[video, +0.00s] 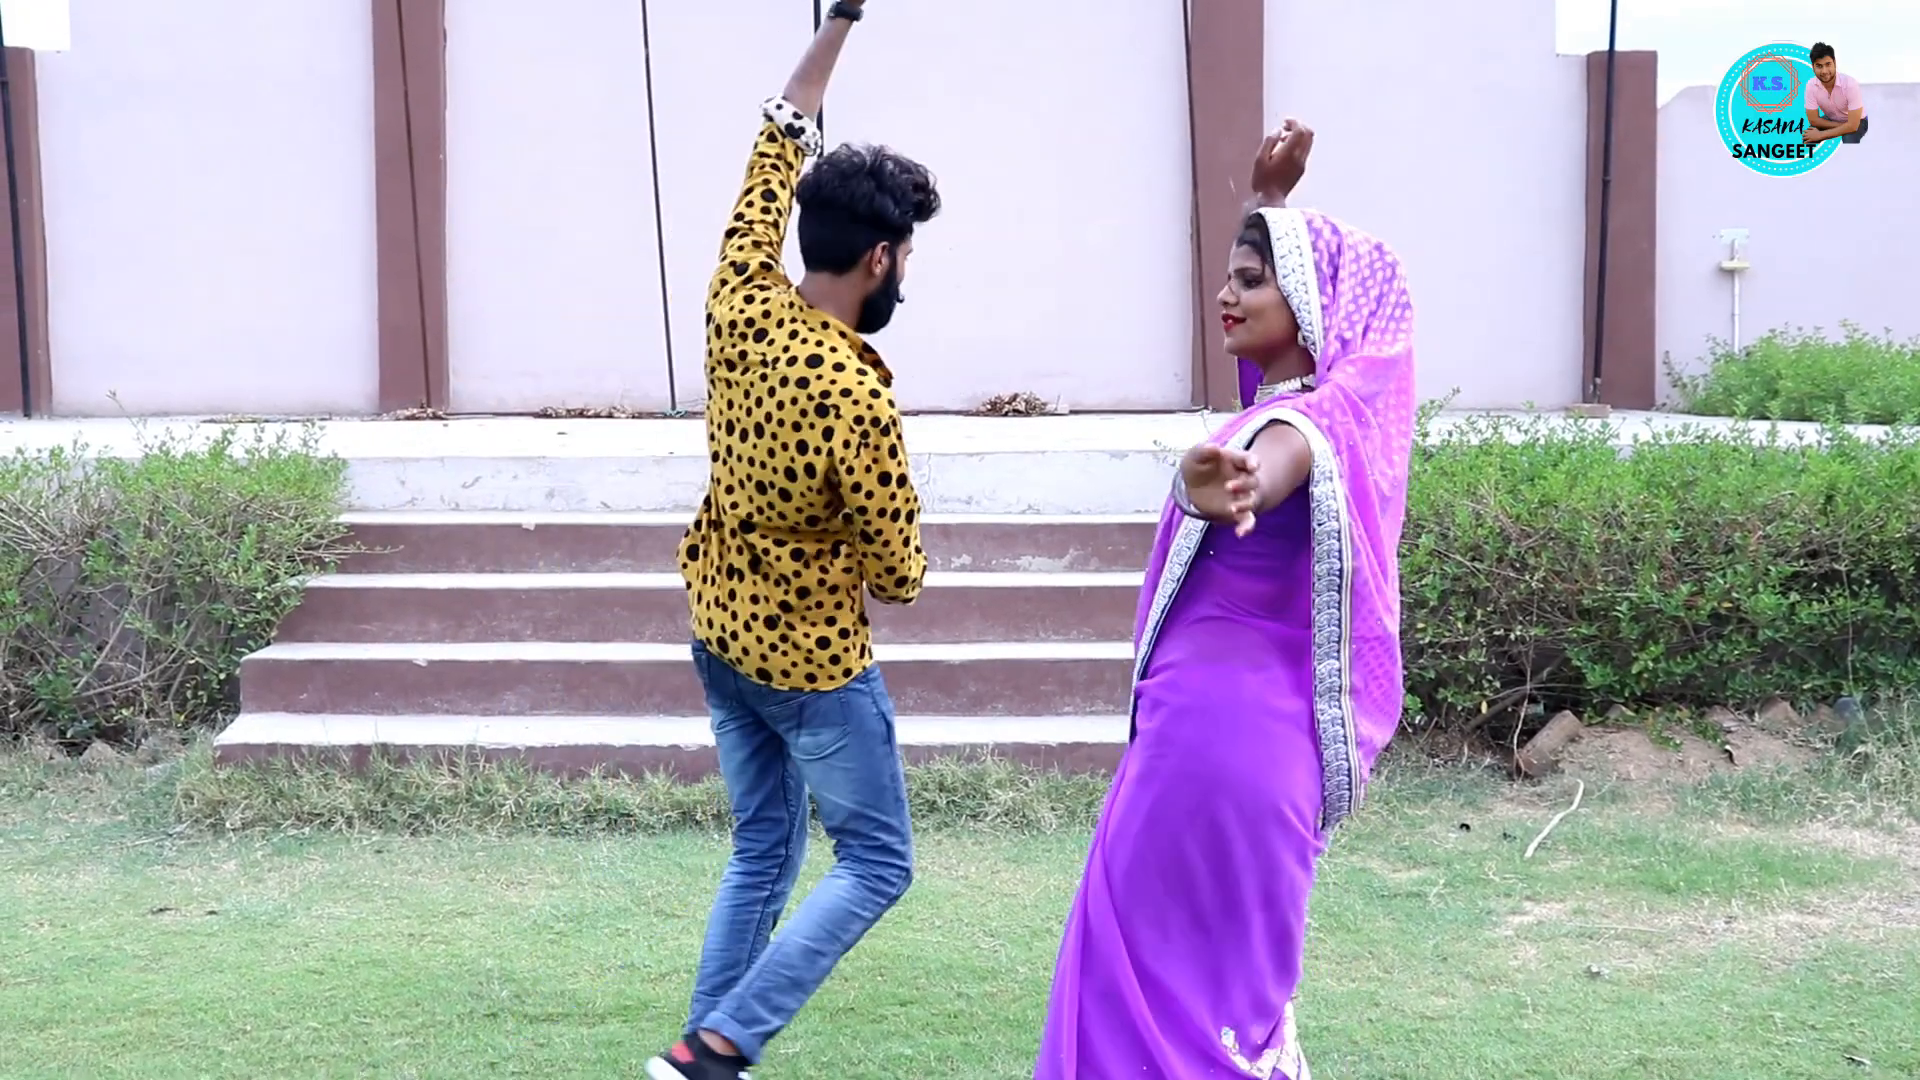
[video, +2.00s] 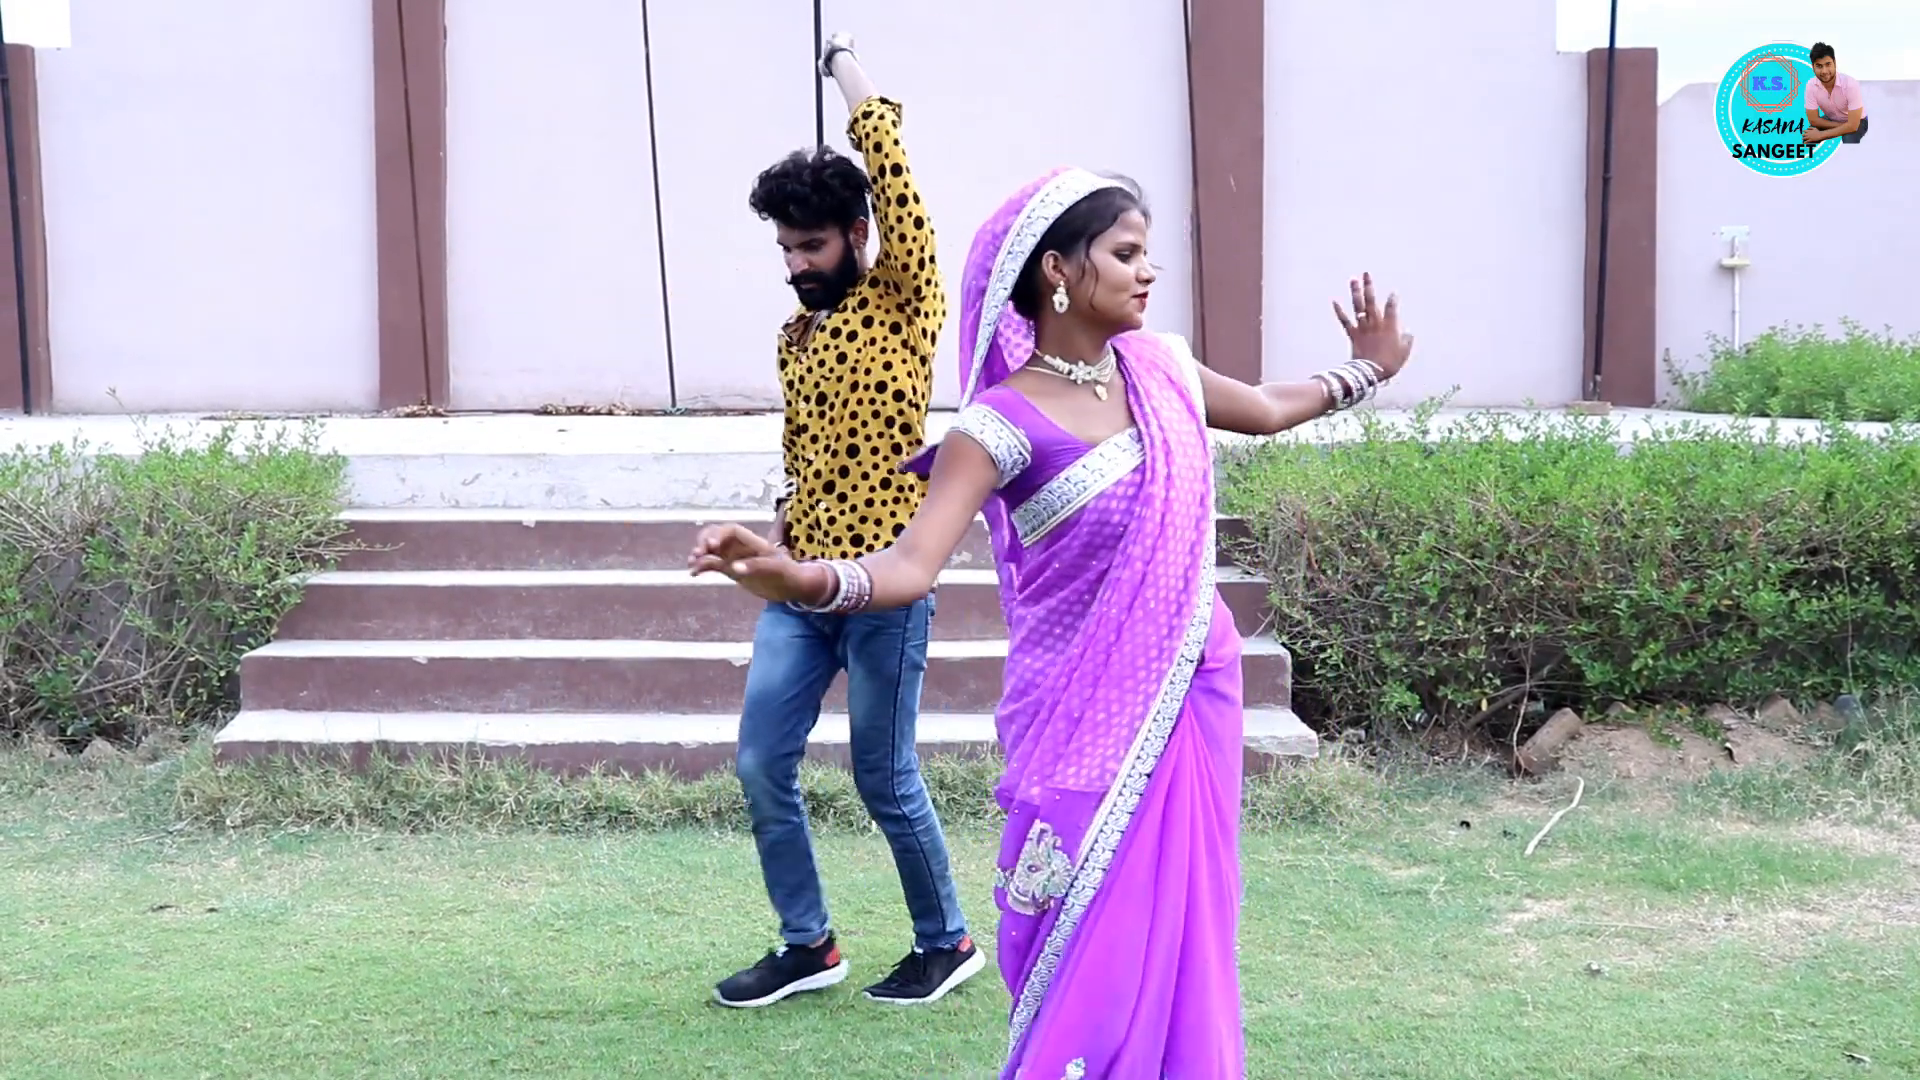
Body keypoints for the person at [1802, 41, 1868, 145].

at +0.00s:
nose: (1824, 71)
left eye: (1828, 65)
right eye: (1819, 66)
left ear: (1835, 63)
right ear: (1813, 67)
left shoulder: (1850, 84)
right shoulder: (1812, 86)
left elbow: (1853, 126)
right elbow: (1813, 120)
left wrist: (1820, 135)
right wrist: (1843, 126)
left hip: (1855, 122)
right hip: (1830, 121)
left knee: (1848, 140)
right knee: (1810, 136)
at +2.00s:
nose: (1824, 71)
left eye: (1828, 65)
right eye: (1819, 66)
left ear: (1835, 63)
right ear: (1813, 67)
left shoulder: (1850, 84)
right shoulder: (1812, 86)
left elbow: (1853, 126)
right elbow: (1813, 120)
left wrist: (1820, 135)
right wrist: (1843, 126)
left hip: (1855, 122)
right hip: (1830, 121)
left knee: (1848, 140)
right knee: (1810, 136)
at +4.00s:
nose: (1824, 71)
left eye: (1828, 65)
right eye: (1819, 66)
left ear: (1835, 63)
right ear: (1813, 67)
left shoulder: (1850, 84)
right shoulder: (1812, 86)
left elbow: (1853, 126)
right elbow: (1813, 120)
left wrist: (1821, 135)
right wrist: (1843, 126)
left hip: (1855, 122)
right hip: (1830, 121)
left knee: (1848, 140)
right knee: (1810, 136)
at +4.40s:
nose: (1824, 71)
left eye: (1828, 65)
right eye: (1819, 66)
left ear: (1835, 63)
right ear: (1813, 67)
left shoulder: (1850, 84)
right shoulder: (1812, 86)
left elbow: (1853, 126)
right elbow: (1813, 120)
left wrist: (1821, 135)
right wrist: (1843, 126)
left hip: (1855, 122)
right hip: (1830, 121)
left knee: (1848, 140)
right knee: (1810, 136)